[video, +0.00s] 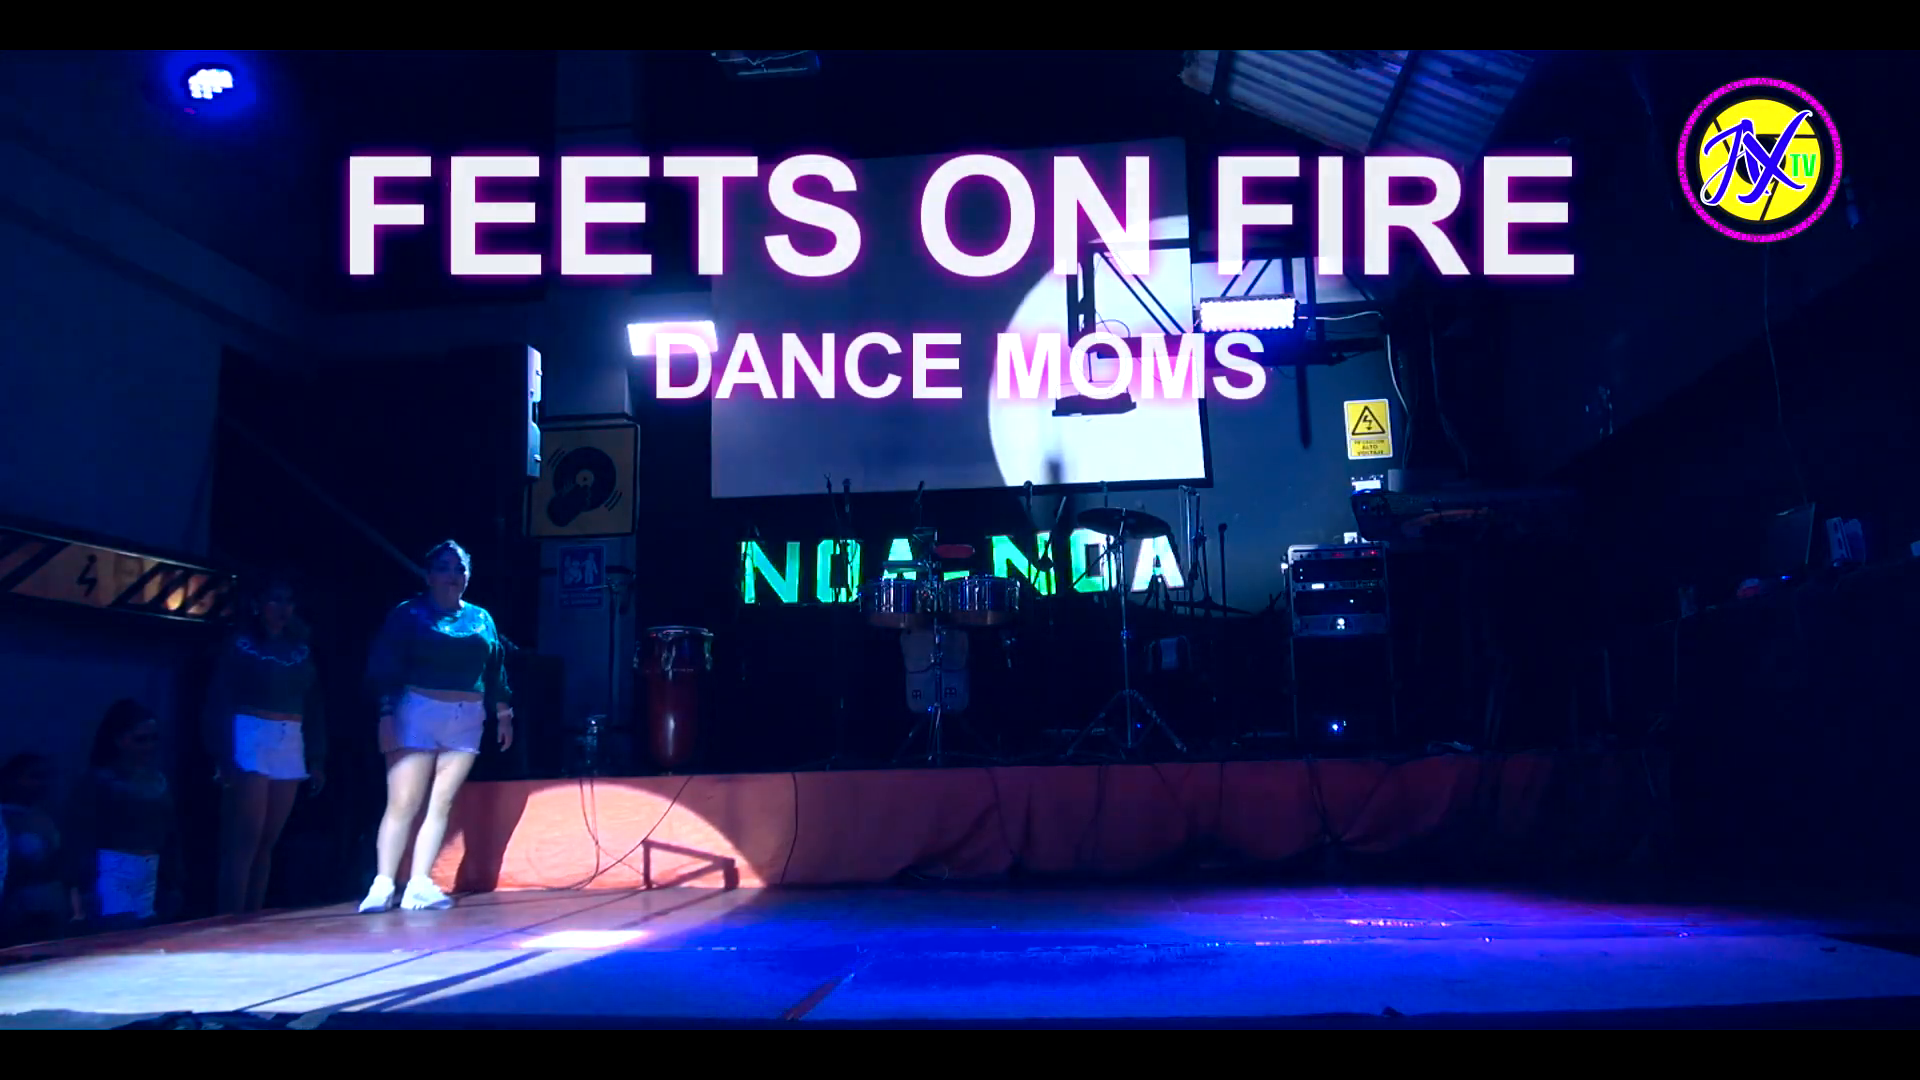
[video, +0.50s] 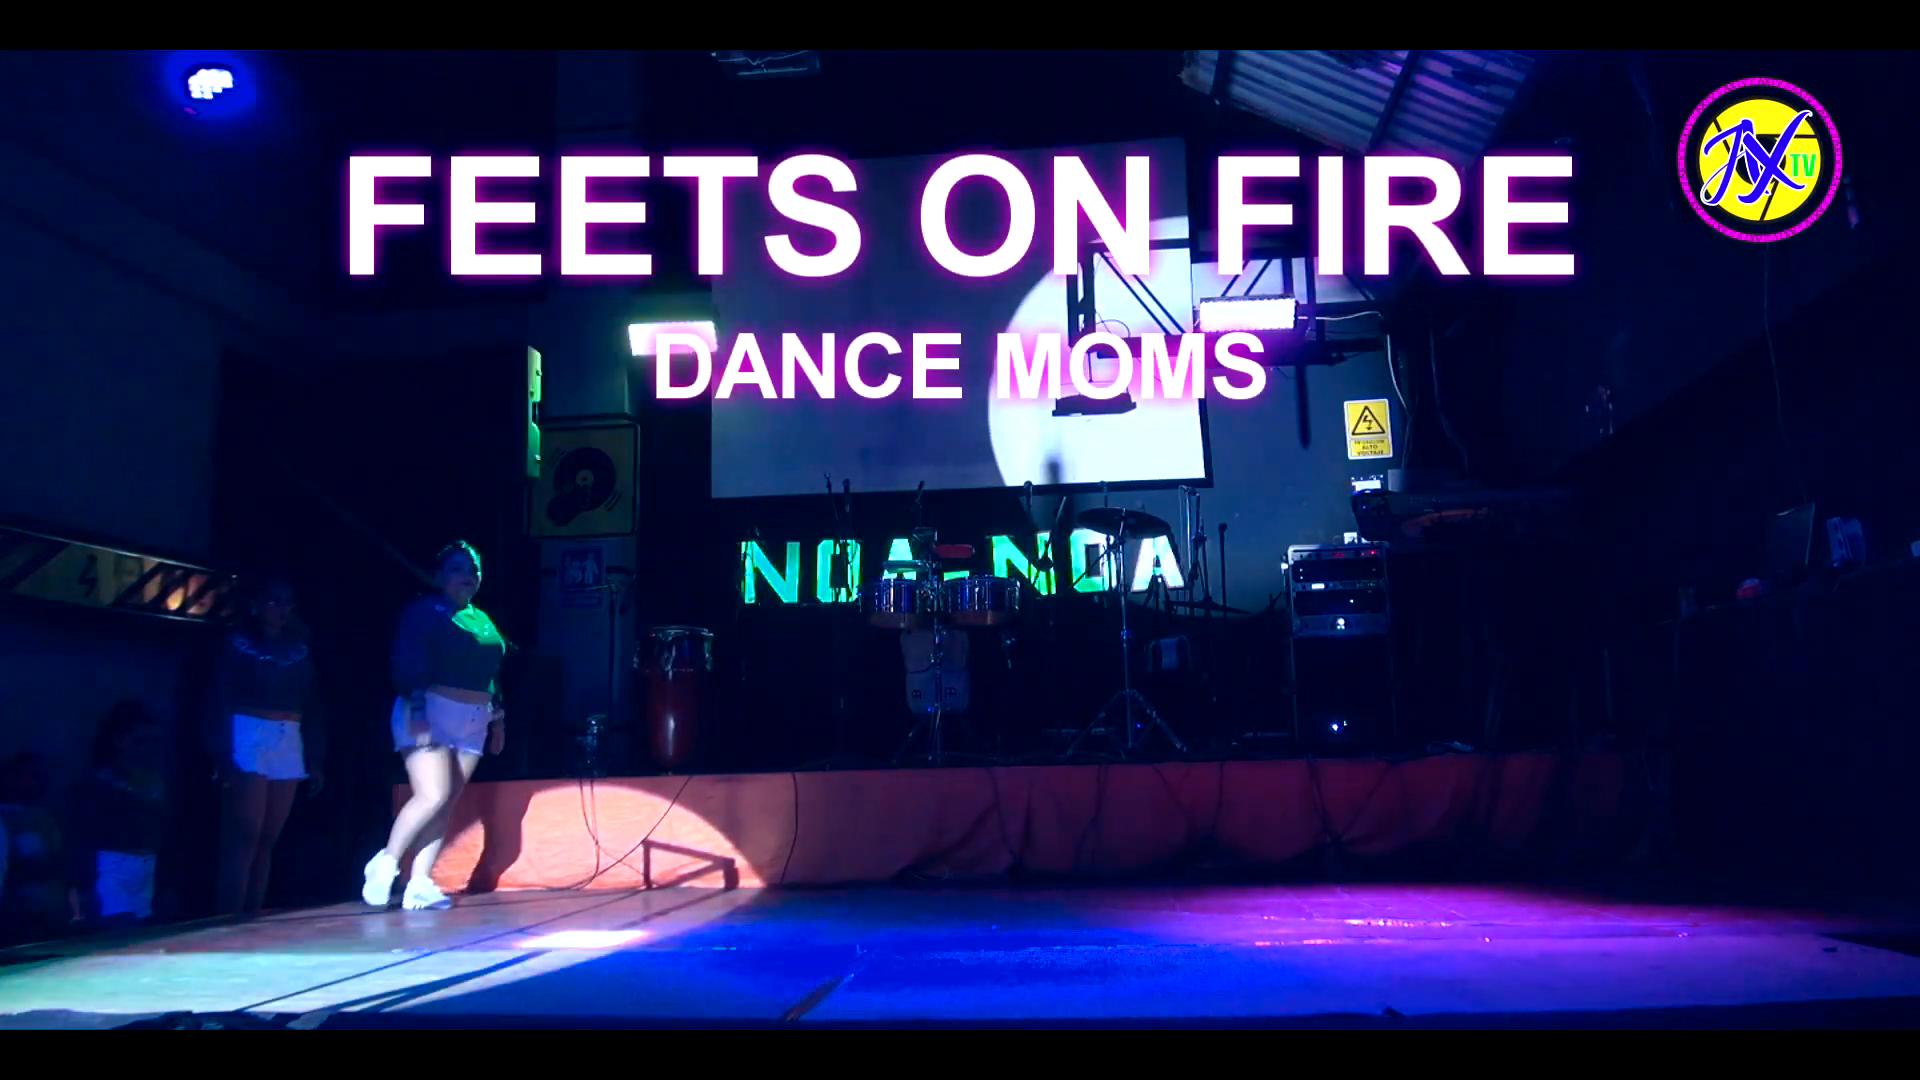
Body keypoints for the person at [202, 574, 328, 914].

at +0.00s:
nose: (282, 610)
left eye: (288, 603)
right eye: (275, 602)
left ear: (294, 608)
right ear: (259, 605)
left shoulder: (300, 649)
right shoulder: (242, 642)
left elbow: (312, 707)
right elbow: (222, 698)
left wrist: (315, 758)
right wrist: (223, 753)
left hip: (292, 733)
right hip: (252, 729)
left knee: (271, 836)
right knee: (249, 831)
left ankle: (254, 915)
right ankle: (232, 913)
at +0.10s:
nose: (281, 611)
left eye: (286, 604)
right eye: (274, 603)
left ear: (294, 609)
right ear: (259, 606)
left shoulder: (300, 648)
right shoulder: (241, 641)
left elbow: (311, 705)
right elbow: (223, 696)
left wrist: (315, 759)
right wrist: (223, 753)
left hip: (291, 733)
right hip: (252, 730)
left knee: (271, 835)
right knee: (249, 830)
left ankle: (254, 913)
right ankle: (232, 912)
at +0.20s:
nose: (281, 611)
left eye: (287, 604)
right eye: (274, 603)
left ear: (294, 609)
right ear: (259, 605)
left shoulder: (300, 647)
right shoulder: (241, 641)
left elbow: (311, 705)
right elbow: (223, 696)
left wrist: (315, 757)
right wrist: (223, 753)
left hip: (291, 733)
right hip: (252, 730)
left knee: (271, 836)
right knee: (248, 831)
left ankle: (254, 914)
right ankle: (232, 913)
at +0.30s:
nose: (281, 611)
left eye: (286, 604)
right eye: (274, 603)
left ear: (293, 609)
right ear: (259, 605)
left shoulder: (300, 649)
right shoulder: (240, 643)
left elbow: (311, 706)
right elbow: (223, 698)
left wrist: (315, 758)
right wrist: (223, 754)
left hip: (291, 734)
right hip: (251, 731)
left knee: (271, 835)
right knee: (248, 830)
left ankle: (254, 913)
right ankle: (232, 913)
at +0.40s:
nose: (280, 611)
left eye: (286, 604)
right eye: (274, 603)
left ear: (293, 609)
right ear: (258, 605)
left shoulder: (299, 648)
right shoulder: (240, 642)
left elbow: (310, 705)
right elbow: (223, 698)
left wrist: (314, 758)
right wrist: (223, 755)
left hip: (290, 733)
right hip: (251, 730)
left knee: (271, 835)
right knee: (248, 829)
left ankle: (254, 914)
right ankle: (231, 913)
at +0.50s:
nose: (280, 611)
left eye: (286, 604)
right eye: (274, 603)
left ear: (293, 609)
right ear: (258, 605)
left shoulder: (298, 647)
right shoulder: (239, 641)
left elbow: (310, 705)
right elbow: (222, 698)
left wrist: (313, 758)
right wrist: (223, 755)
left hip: (290, 733)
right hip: (251, 730)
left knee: (271, 834)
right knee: (248, 828)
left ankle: (255, 912)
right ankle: (232, 911)